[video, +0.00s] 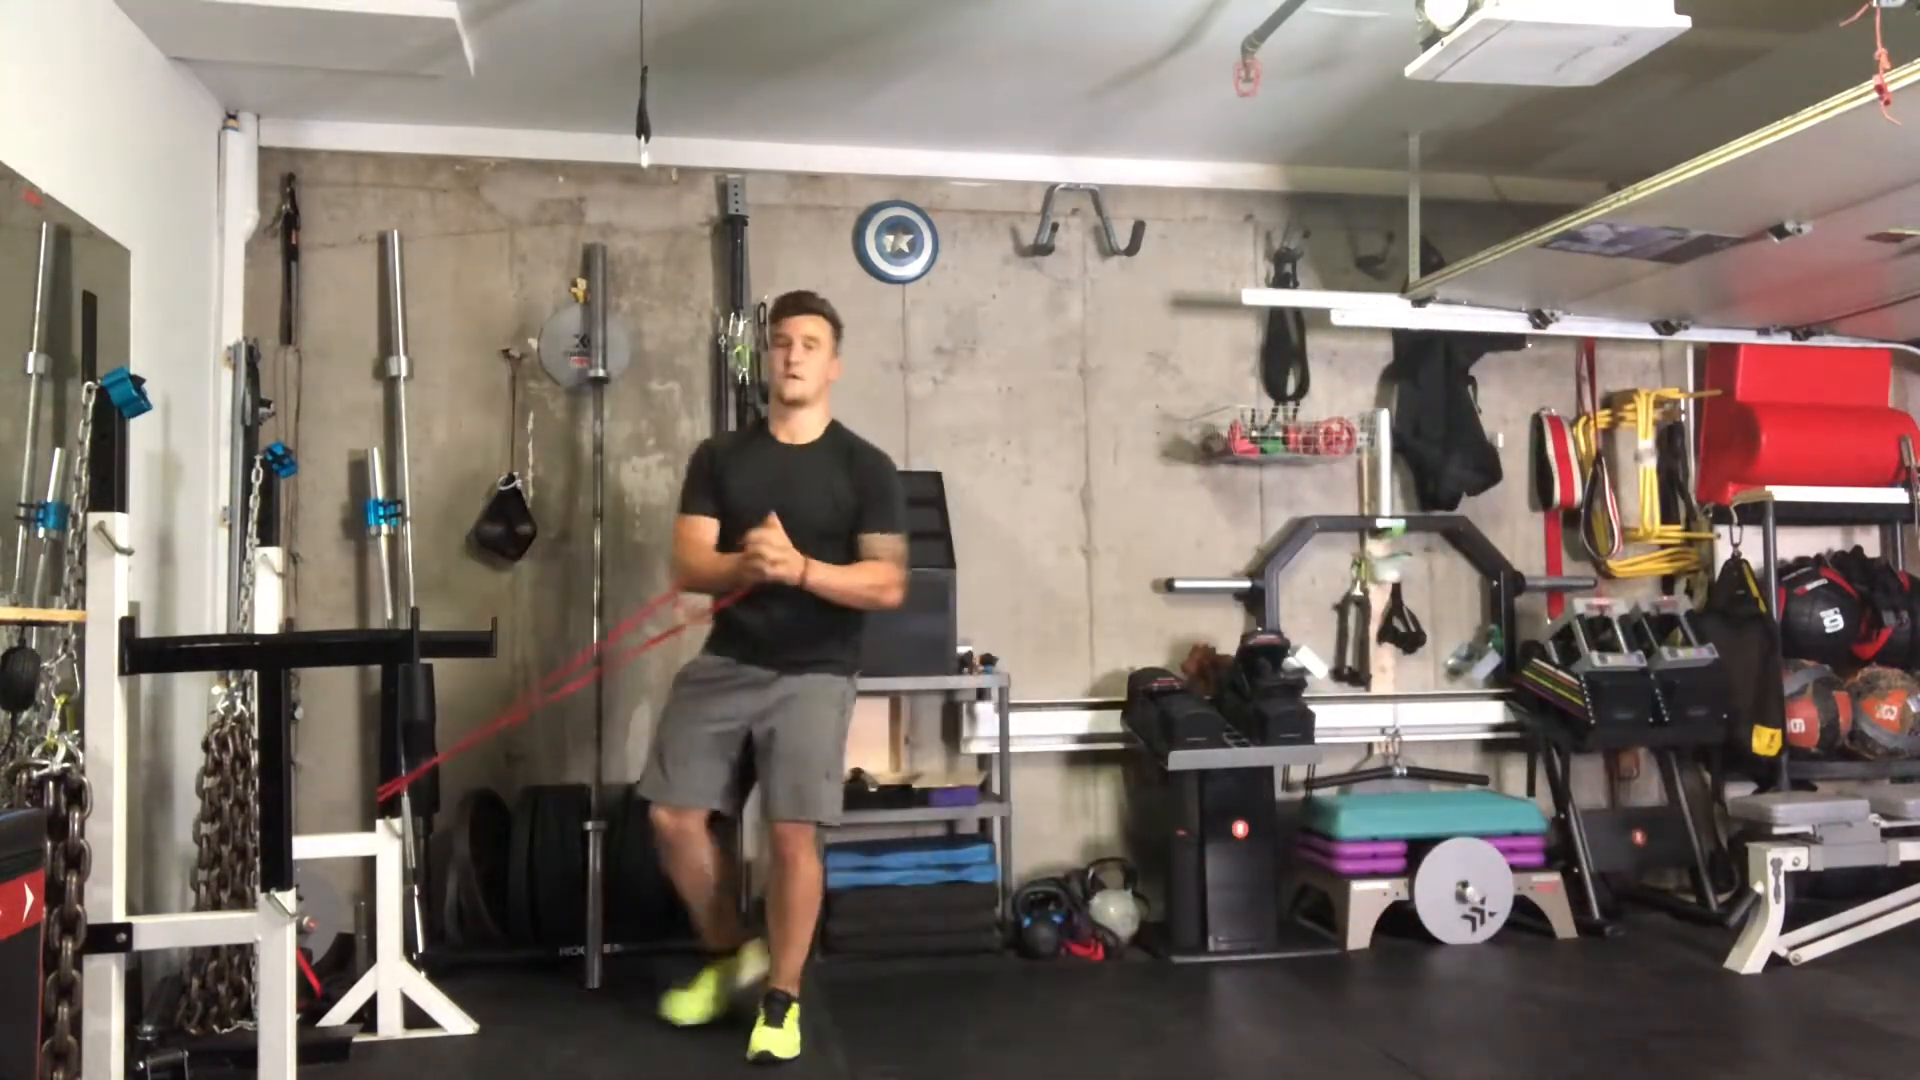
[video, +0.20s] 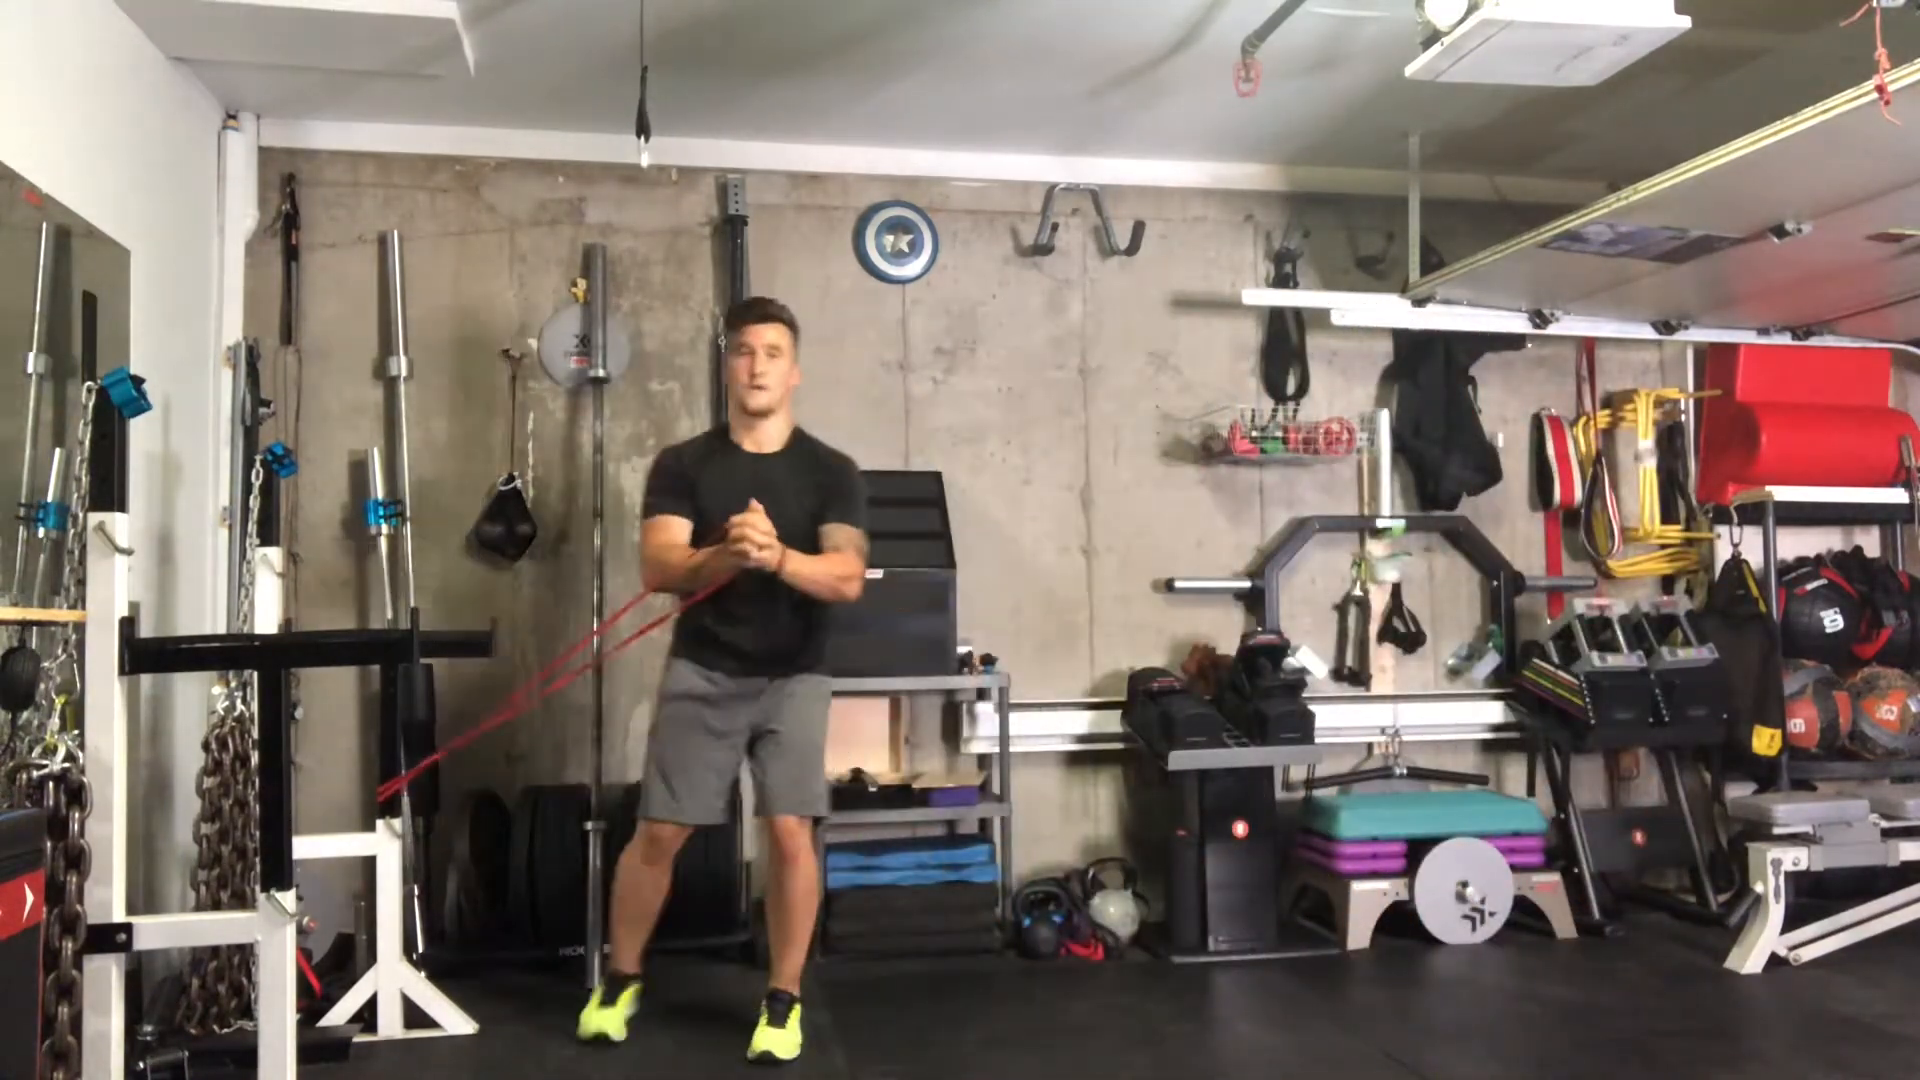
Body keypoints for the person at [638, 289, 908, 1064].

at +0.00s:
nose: (792, 357)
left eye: (809, 345)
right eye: (781, 344)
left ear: (834, 364)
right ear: (764, 359)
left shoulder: (868, 468)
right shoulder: (719, 458)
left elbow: (888, 585)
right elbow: (688, 568)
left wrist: (799, 568)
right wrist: (745, 564)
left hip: (813, 674)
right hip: (723, 666)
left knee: (793, 829)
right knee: (674, 814)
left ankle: (783, 997)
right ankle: (728, 952)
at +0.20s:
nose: (757, 366)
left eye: (772, 353)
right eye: (743, 353)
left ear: (796, 370)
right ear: (724, 367)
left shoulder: (832, 472)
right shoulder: (682, 465)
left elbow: (847, 579)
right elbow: (659, 571)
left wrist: (775, 555)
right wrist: (728, 552)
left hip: (794, 681)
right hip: (702, 677)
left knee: (790, 832)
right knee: (659, 833)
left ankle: (784, 1000)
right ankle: (620, 980)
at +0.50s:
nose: (701, 434)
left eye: (717, 420)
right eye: (688, 421)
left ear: (745, 431)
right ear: (672, 432)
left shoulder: (777, 518)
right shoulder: (628, 516)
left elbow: (774, 569)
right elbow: (646, 574)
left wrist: (749, 583)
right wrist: (694, 582)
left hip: (752, 698)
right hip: (657, 702)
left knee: (756, 822)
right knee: (640, 843)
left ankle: (758, 974)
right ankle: (606, 990)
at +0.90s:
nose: (730, 546)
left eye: (743, 531)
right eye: (715, 532)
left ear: (763, 531)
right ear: (691, 533)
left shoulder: (793, 593)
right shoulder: (652, 600)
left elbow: (810, 629)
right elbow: (663, 639)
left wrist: (784, 640)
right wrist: (727, 643)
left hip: (763, 757)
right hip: (676, 753)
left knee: (730, 859)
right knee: (662, 865)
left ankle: (746, 980)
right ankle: (610, 989)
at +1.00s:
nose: (744, 553)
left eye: (756, 537)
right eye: (728, 539)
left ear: (775, 533)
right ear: (702, 539)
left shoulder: (807, 589)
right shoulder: (673, 608)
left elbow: (830, 624)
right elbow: (678, 650)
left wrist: (806, 646)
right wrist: (751, 654)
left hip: (789, 756)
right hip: (701, 755)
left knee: (779, 858)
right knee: (683, 874)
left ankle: (750, 978)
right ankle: (611, 990)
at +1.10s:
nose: (771, 547)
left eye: (784, 532)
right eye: (756, 534)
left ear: (804, 530)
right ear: (731, 536)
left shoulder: (840, 584)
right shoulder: (709, 608)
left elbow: (873, 620)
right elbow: (720, 652)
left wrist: (853, 637)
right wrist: (799, 653)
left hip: (827, 753)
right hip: (737, 758)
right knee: (695, 885)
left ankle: (821, 961)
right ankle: (613, 990)